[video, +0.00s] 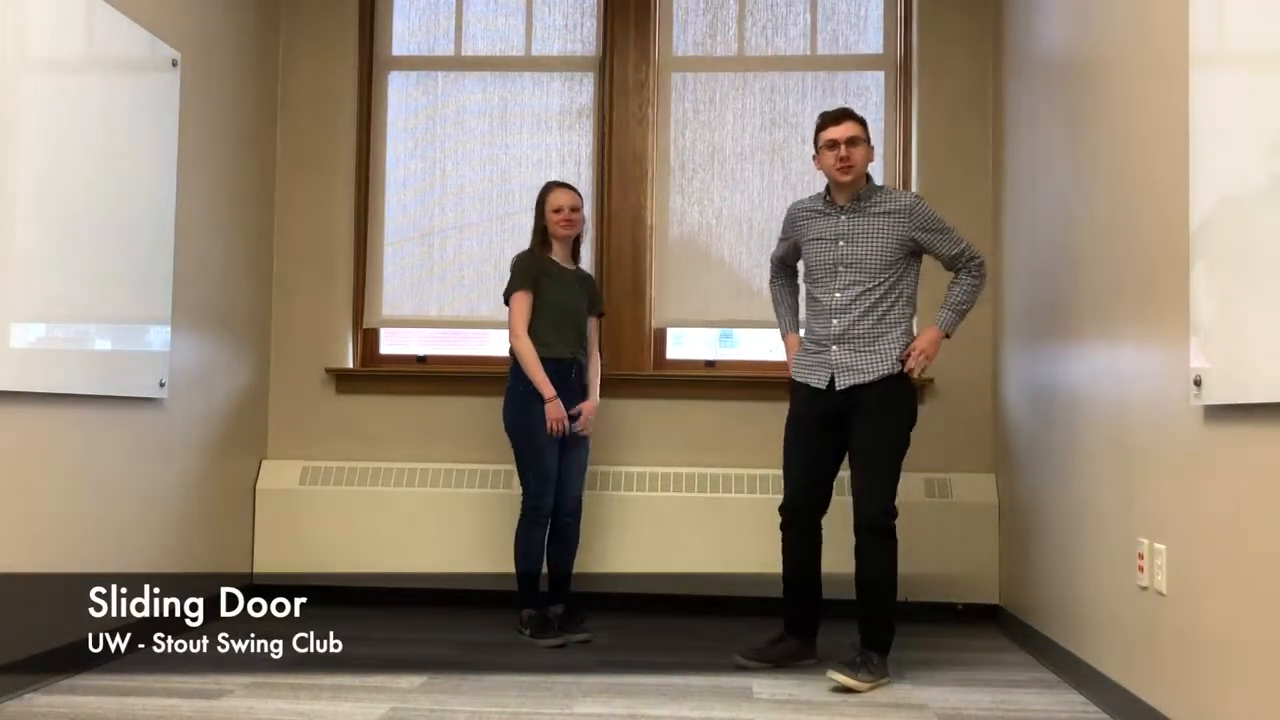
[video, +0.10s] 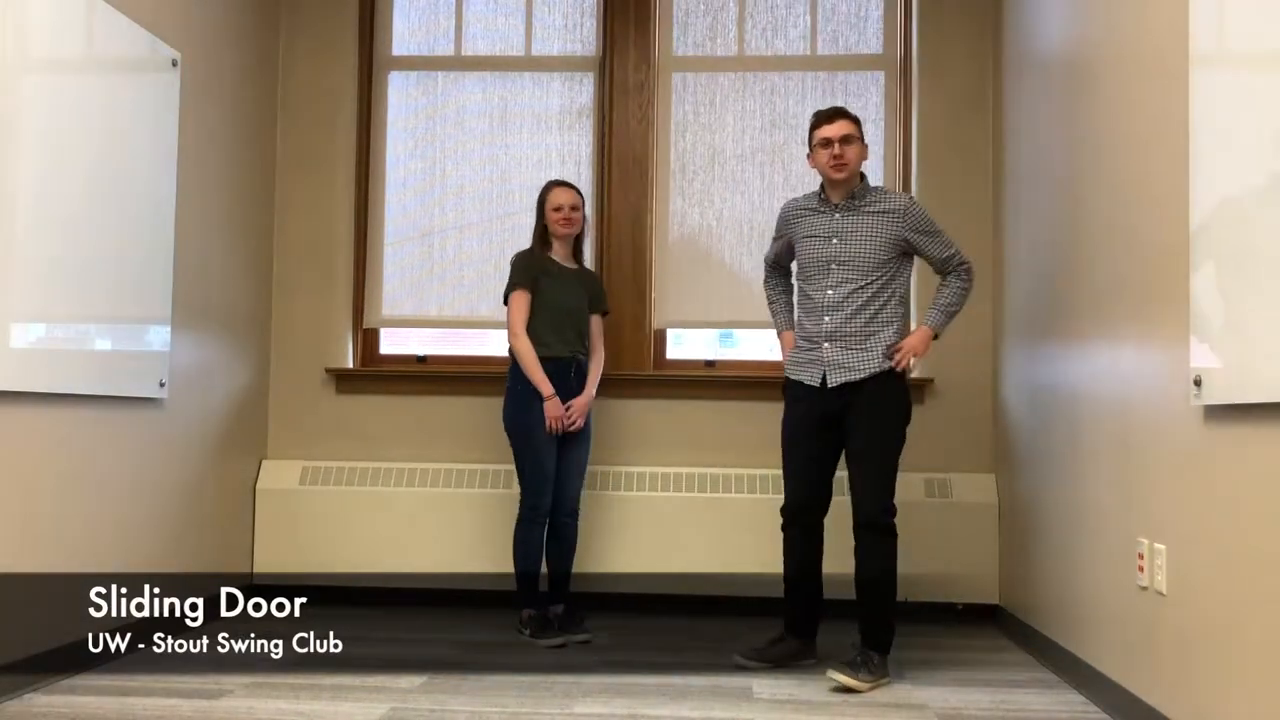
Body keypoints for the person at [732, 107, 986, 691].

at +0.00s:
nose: (843, 153)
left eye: (853, 143)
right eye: (832, 146)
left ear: (870, 152)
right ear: (817, 158)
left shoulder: (904, 211)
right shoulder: (803, 216)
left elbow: (972, 266)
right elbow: (782, 270)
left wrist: (940, 329)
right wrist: (790, 333)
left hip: (881, 385)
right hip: (814, 385)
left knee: (873, 515)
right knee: (798, 510)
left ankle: (873, 652)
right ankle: (798, 637)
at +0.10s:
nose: (837, 151)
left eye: (846, 141)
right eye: (826, 144)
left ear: (864, 150)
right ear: (812, 156)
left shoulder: (897, 210)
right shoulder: (797, 214)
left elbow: (959, 270)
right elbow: (775, 270)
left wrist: (928, 330)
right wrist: (785, 329)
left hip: (875, 384)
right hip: (807, 385)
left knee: (873, 516)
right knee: (800, 511)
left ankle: (874, 651)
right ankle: (798, 637)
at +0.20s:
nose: (829, 152)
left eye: (838, 142)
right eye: (818, 144)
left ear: (856, 150)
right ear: (803, 157)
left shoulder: (889, 212)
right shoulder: (789, 216)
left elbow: (950, 273)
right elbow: (767, 274)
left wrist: (915, 329)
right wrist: (777, 333)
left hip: (868, 382)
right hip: (800, 382)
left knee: (868, 514)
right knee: (794, 510)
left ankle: (873, 652)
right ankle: (796, 637)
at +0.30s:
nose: (819, 153)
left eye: (828, 143)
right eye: (808, 145)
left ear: (846, 151)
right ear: (794, 157)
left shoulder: (880, 211)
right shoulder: (780, 219)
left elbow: (941, 274)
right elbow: (759, 278)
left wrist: (905, 330)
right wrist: (766, 334)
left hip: (857, 383)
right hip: (792, 384)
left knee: (860, 515)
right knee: (794, 516)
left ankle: (870, 653)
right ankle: (796, 638)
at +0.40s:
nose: (811, 154)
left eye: (820, 144)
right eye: (801, 146)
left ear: (838, 153)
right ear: (786, 158)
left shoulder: (872, 213)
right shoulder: (773, 223)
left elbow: (933, 276)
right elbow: (752, 286)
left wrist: (895, 332)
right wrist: (759, 341)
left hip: (849, 386)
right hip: (786, 388)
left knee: (855, 516)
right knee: (793, 516)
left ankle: (867, 653)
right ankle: (795, 638)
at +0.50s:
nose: (806, 153)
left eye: (815, 144)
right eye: (795, 146)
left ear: (831, 154)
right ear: (780, 158)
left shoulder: (864, 213)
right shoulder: (766, 224)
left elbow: (930, 277)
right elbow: (746, 286)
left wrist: (887, 335)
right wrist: (752, 342)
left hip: (843, 387)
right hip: (781, 390)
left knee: (850, 516)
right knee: (794, 519)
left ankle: (866, 653)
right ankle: (795, 639)